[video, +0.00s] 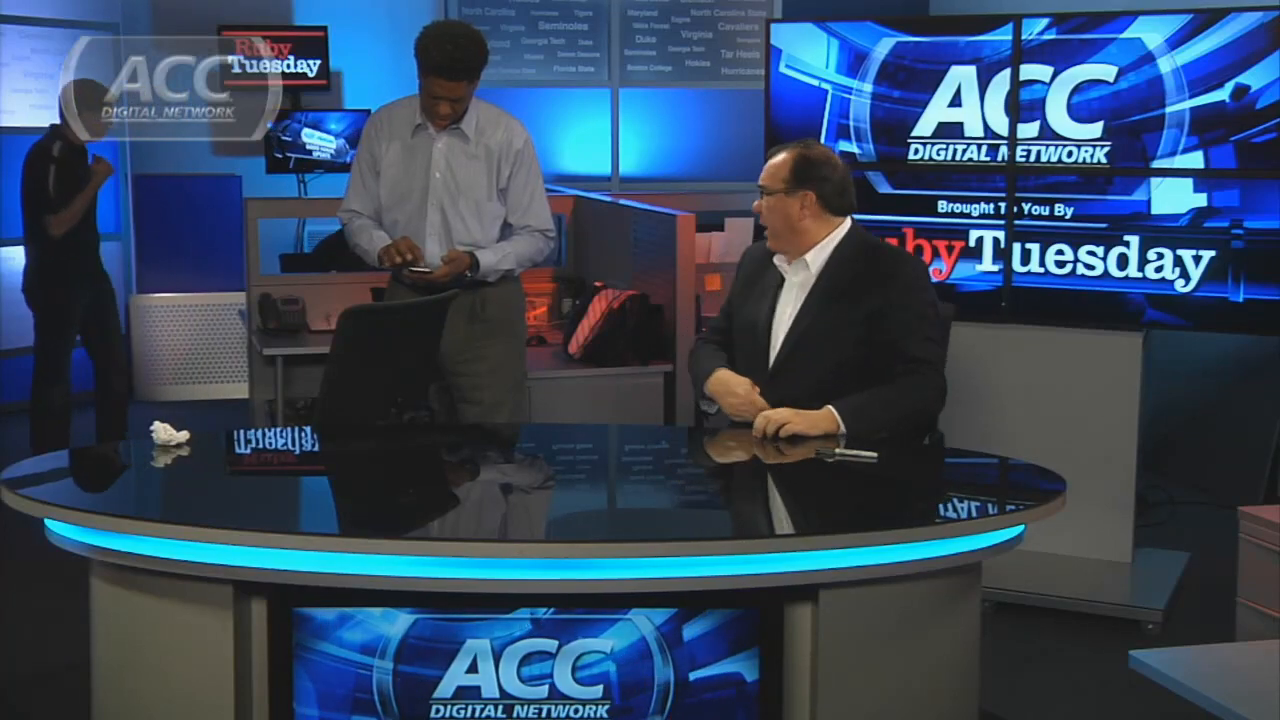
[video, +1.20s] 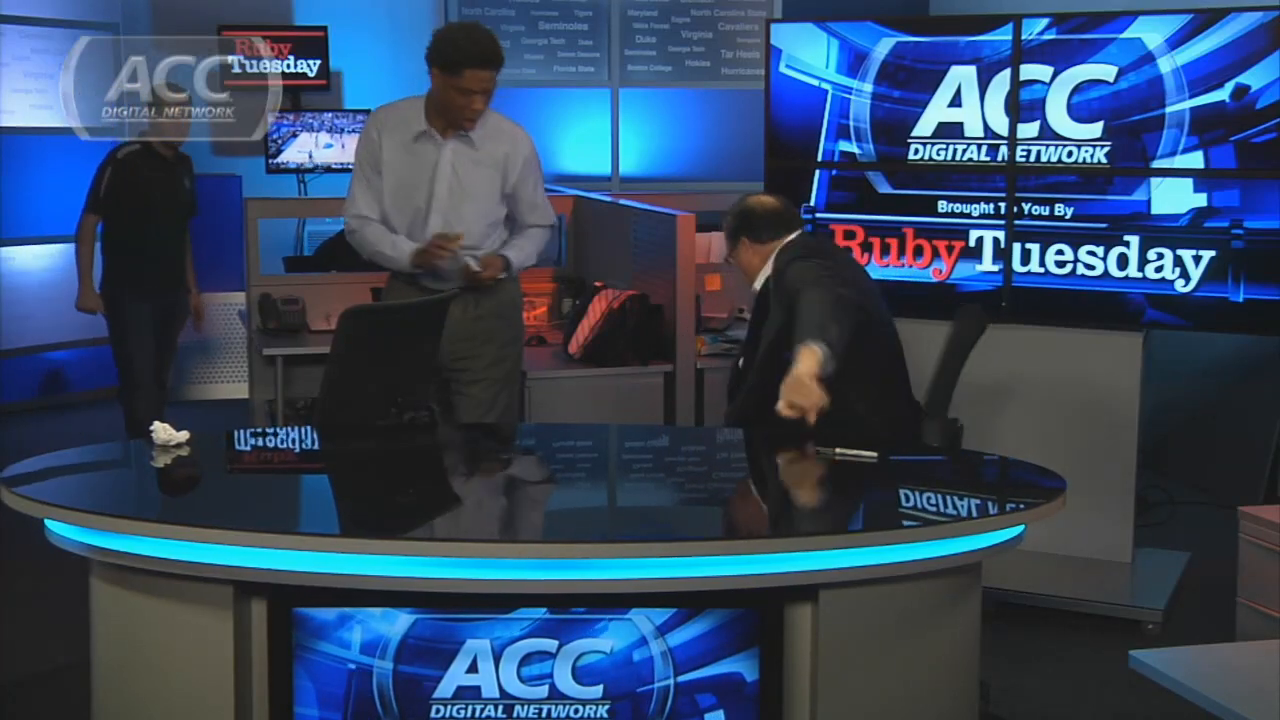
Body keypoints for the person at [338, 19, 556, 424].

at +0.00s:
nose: (443, 110)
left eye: (456, 100)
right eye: (433, 97)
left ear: (475, 83)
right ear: (420, 77)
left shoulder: (508, 137)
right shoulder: (383, 127)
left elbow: (538, 237)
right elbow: (355, 216)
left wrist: (475, 260)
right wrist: (382, 247)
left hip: (485, 314)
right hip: (406, 312)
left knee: (489, 449)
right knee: (406, 451)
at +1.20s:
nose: (478, 105)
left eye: (486, 93)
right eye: (466, 93)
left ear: (495, 85)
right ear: (435, 78)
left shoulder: (511, 141)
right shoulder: (385, 127)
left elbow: (538, 225)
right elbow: (359, 222)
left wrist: (505, 259)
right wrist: (412, 255)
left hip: (486, 311)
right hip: (409, 309)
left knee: (484, 444)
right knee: (410, 442)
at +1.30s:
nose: (502, 117)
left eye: (509, 105)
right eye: (492, 104)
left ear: (515, 100)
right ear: (455, 91)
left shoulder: (517, 150)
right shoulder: (398, 148)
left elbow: (530, 223)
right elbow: (395, 257)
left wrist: (518, 268)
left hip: (488, 320)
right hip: (410, 319)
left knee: (485, 451)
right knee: (410, 450)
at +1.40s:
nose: (527, 137)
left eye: (530, 125)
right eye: (517, 124)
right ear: (478, 117)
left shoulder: (508, 162)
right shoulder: (429, 182)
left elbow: (510, 219)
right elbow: (475, 297)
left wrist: (536, 254)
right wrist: (574, 350)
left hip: (483, 314)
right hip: (416, 322)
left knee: (492, 442)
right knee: (426, 449)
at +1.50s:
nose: (564, 160)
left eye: (565, 149)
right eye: (556, 148)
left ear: (522, 146)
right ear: (516, 143)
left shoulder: (506, 186)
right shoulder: (469, 206)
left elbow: (503, 245)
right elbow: (550, 317)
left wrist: (541, 264)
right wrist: (647, 360)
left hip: (475, 337)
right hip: (411, 343)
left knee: (508, 449)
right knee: (412, 462)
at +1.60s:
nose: (600, 168)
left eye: (601, 156)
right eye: (594, 156)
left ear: (556, 149)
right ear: (558, 149)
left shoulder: (504, 167)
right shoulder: (510, 213)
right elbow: (581, 306)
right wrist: (681, 355)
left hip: (478, 331)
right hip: (428, 331)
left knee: (522, 428)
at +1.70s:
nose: (633, 160)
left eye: (635, 147)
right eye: (629, 147)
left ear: (592, 140)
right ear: (598, 140)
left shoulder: (525, 158)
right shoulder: (554, 210)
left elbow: (463, 208)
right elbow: (604, 312)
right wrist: (703, 353)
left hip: (513, 334)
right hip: (474, 337)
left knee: (568, 428)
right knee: (478, 451)